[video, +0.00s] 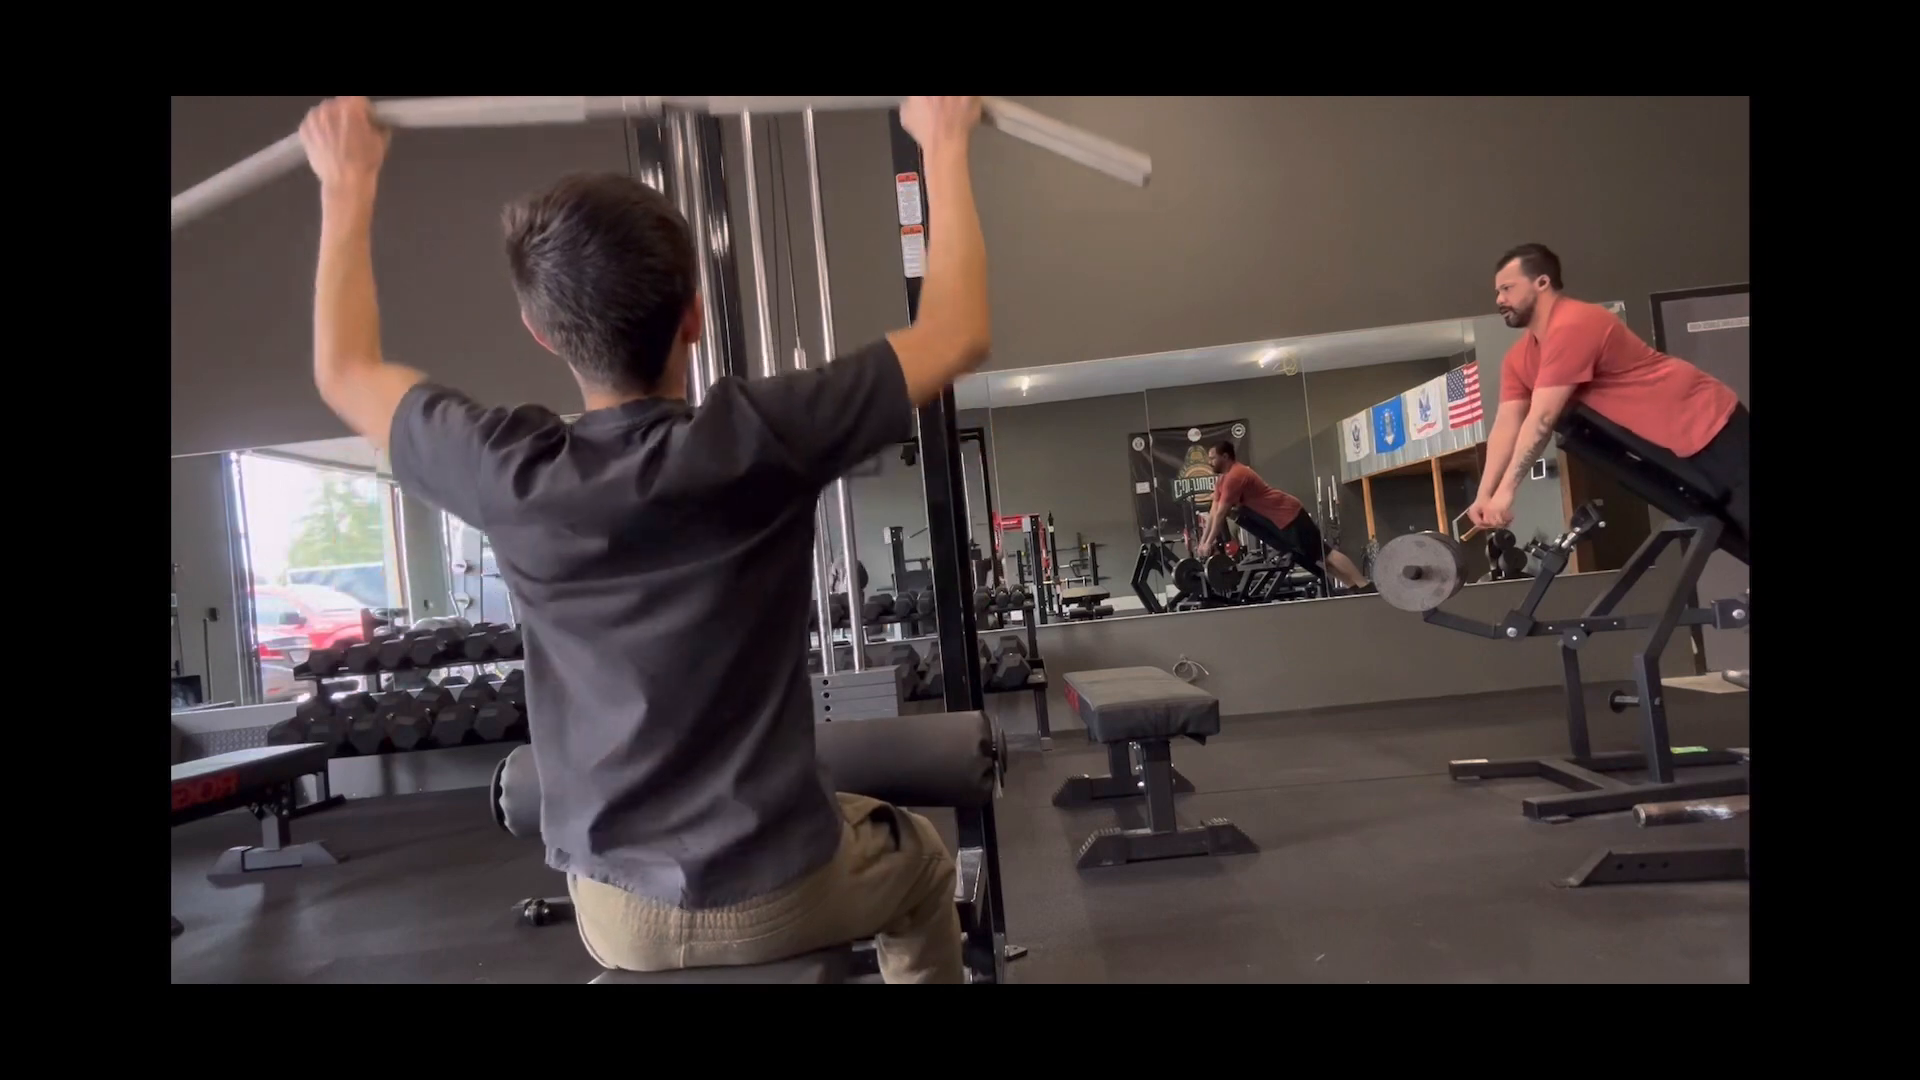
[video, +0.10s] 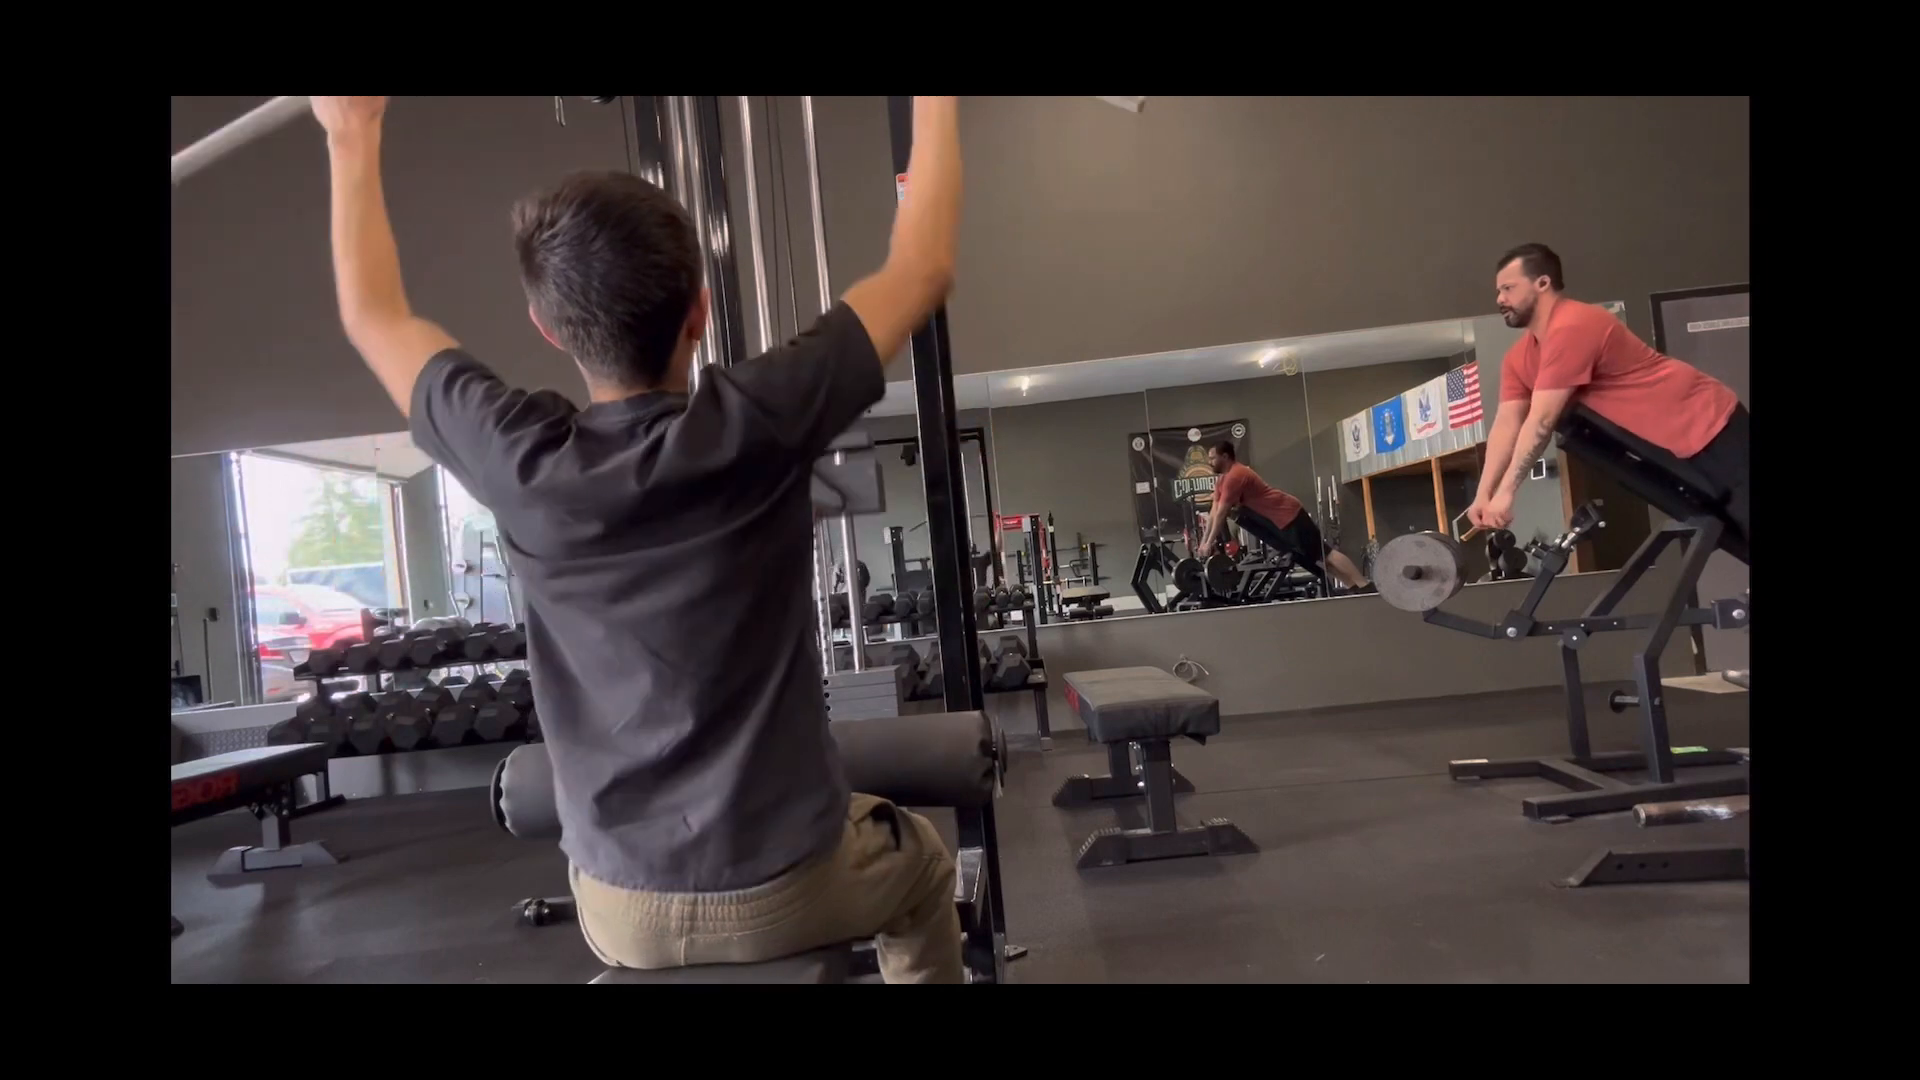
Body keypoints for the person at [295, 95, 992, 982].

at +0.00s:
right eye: (697, 286)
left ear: (539, 333)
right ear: (694, 314)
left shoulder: (511, 471)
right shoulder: (764, 435)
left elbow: (344, 368)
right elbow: (956, 336)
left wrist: (344, 184)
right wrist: (948, 148)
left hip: (610, 912)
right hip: (775, 901)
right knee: (920, 859)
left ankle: (621, 975)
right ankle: (927, 981)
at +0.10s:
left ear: (544, 328)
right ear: (700, 314)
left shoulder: (521, 458)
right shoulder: (765, 416)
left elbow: (374, 314)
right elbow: (920, 272)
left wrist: (351, 136)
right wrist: (936, 98)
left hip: (617, 912)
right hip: (781, 898)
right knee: (918, 856)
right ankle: (928, 975)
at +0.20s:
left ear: (552, 330)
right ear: (702, 314)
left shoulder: (531, 444)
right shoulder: (765, 408)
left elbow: (403, 271)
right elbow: (890, 232)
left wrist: (358, 108)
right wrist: (927, 91)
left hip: (620, 905)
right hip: (788, 895)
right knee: (919, 857)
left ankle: (631, 966)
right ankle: (930, 977)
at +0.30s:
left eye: (551, 316)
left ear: (563, 335)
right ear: (709, 319)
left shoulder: (543, 429)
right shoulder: (766, 404)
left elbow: (429, 239)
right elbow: (874, 220)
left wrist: (369, 93)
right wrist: (915, 85)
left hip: (620, 897)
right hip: (788, 890)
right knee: (921, 857)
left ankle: (630, 970)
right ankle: (931, 973)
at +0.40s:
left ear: (573, 330)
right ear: (715, 318)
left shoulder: (551, 423)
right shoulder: (770, 401)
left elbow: (437, 239)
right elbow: (874, 219)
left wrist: (377, 94)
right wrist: (916, 84)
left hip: (620, 889)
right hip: (786, 885)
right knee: (921, 855)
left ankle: (636, 969)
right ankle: (931, 973)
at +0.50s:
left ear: (574, 327)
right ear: (716, 315)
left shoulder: (550, 432)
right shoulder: (772, 410)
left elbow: (442, 249)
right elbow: (880, 222)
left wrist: (383, 100)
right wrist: (921, 85)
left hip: (624, 890)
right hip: (787, 884)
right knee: (919, 854)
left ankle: (643, 968)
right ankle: (930, 973)